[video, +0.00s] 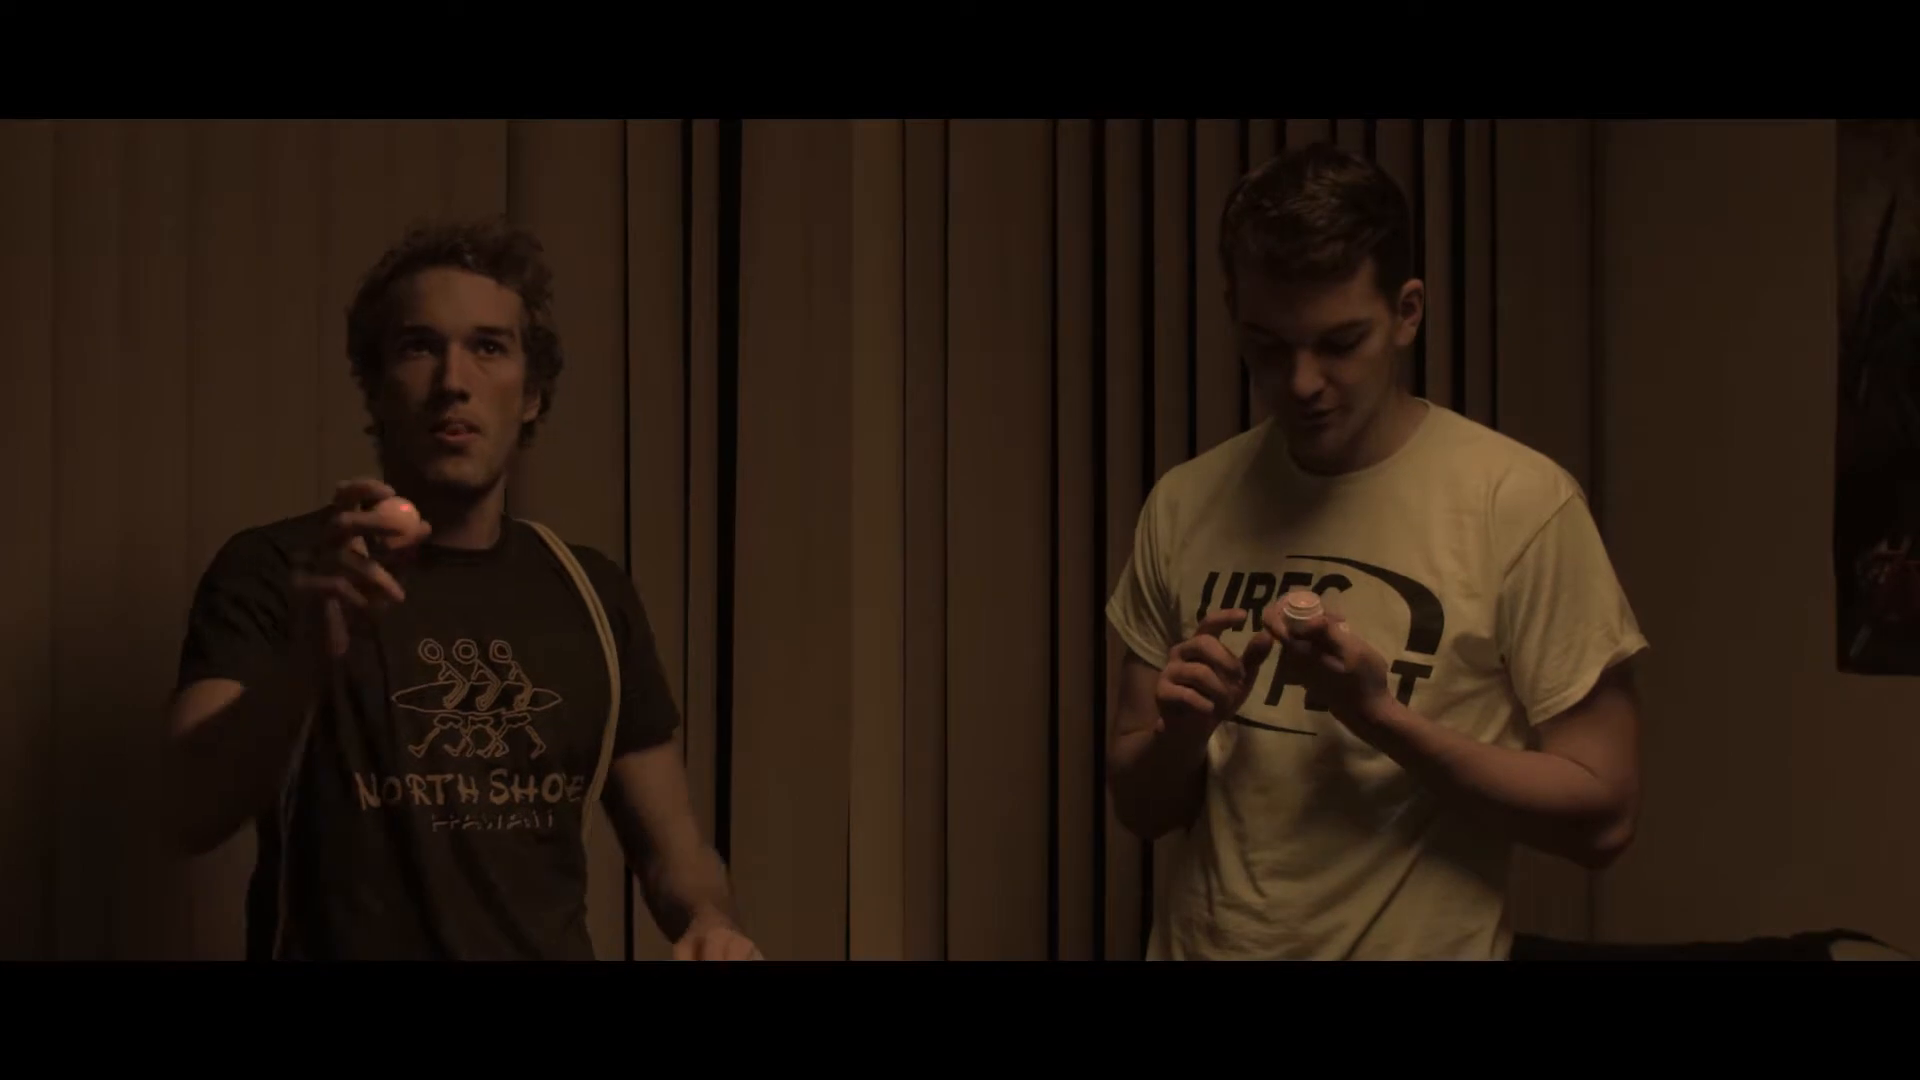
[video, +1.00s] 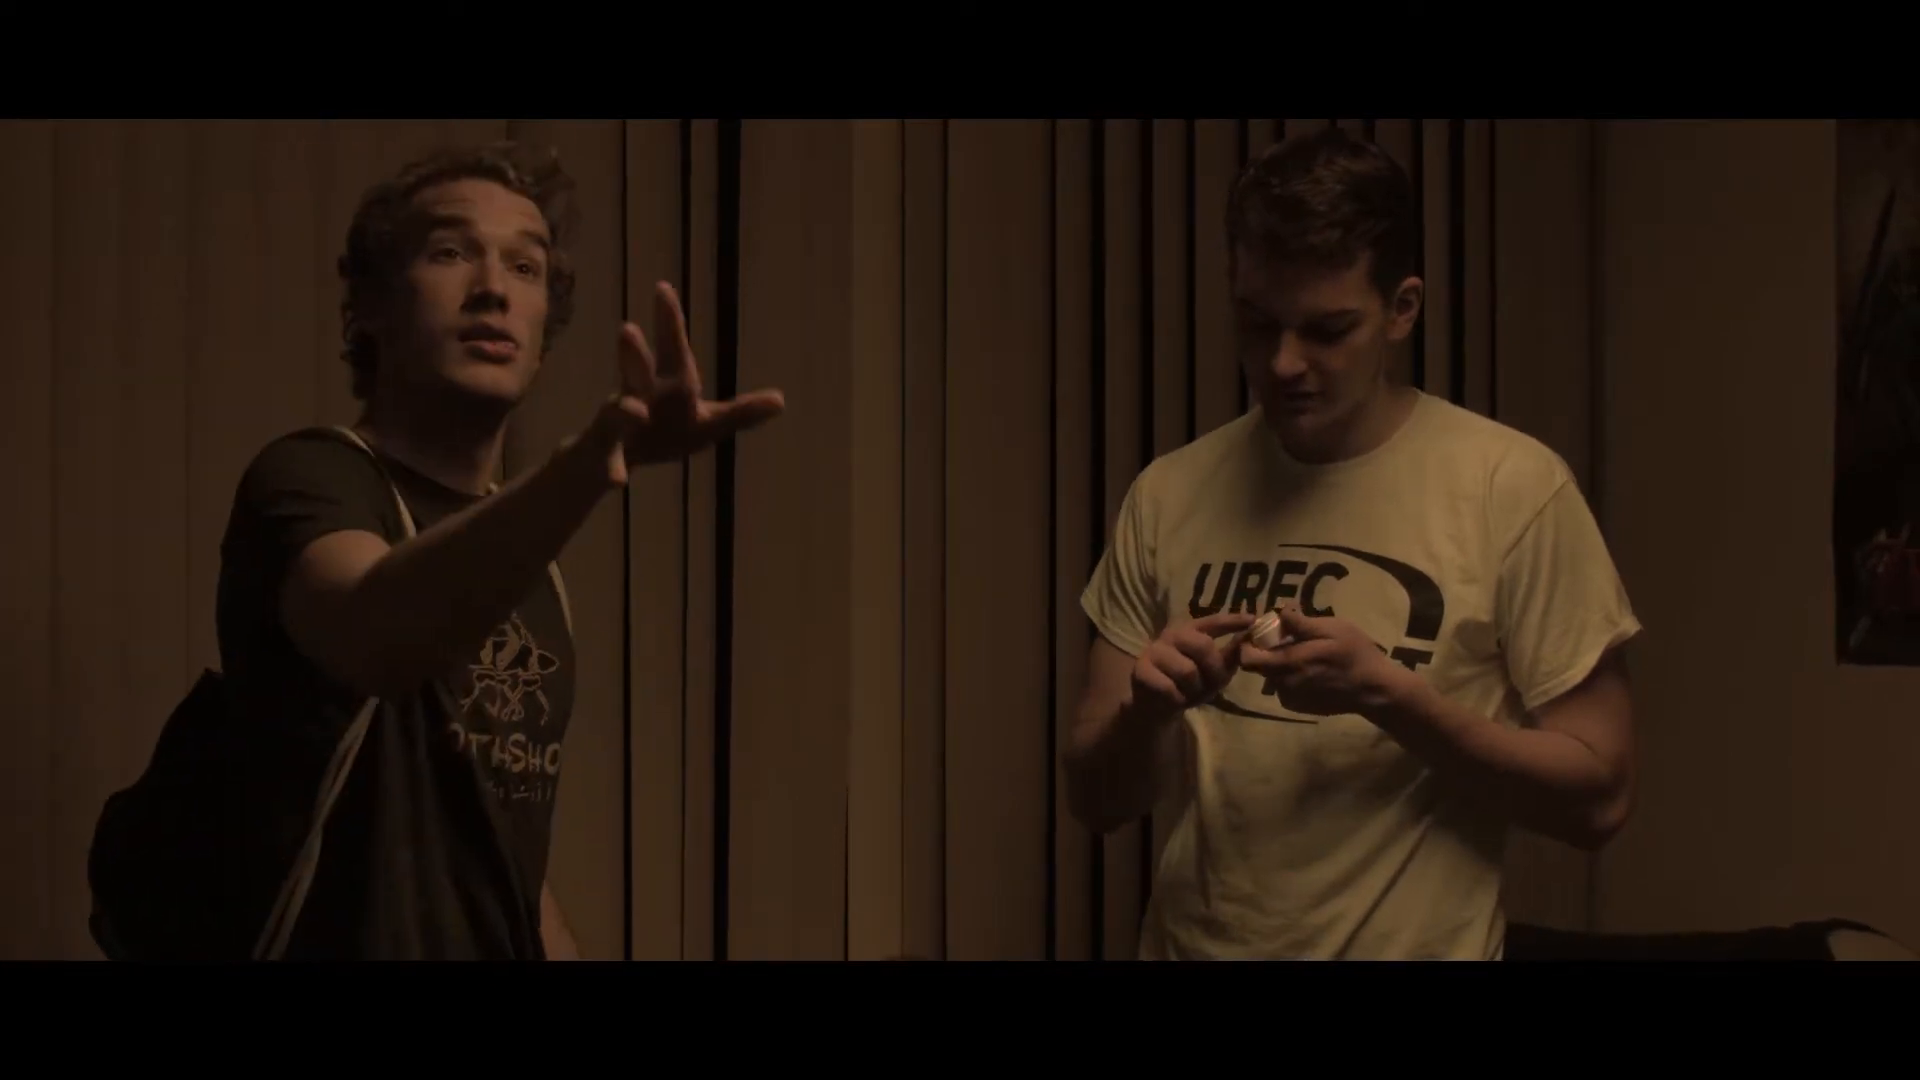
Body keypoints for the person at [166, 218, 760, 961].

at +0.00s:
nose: (453, 380)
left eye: (488, 349)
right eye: (421, 348)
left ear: (532, 396)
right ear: (375, 392)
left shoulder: (593, 594)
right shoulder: (275, 571)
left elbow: (669, 838)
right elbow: (192, 815)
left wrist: (709, 919)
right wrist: (309, 653)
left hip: (544, 948)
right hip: (338, 946)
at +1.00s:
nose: (495, 284)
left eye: (524, 265)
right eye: (451, 252)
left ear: (547, 322)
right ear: (367, 306)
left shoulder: (532, 562)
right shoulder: (309, 476)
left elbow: (504, 848)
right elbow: (369, 635)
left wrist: (555, 943)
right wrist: (588, 464)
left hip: (477, 940)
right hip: (315, 931)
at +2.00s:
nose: (302, 472)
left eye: (335, 428)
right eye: (278, 434)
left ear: (433, 401)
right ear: (258, 425)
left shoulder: (606, 553)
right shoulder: (230, 618)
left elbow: (734, 821)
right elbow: (195, 901)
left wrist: (815, 960)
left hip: (576, 948)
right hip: (349, 953)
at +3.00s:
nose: (446, 402)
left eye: (480, 364)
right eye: (413, 366)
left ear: (532, 381)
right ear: (369, 382)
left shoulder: (573, 578)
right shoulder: (265, 577)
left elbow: (580, 850)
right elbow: (159, 863)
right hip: (317, 945)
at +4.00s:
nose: (447, 375)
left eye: (478, 341)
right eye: (406, 348)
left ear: (523, 391)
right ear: (362, 407)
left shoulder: (590, 600)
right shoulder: (272, 602)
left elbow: (620, 879)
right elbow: (209, 887)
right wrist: (332, 914)